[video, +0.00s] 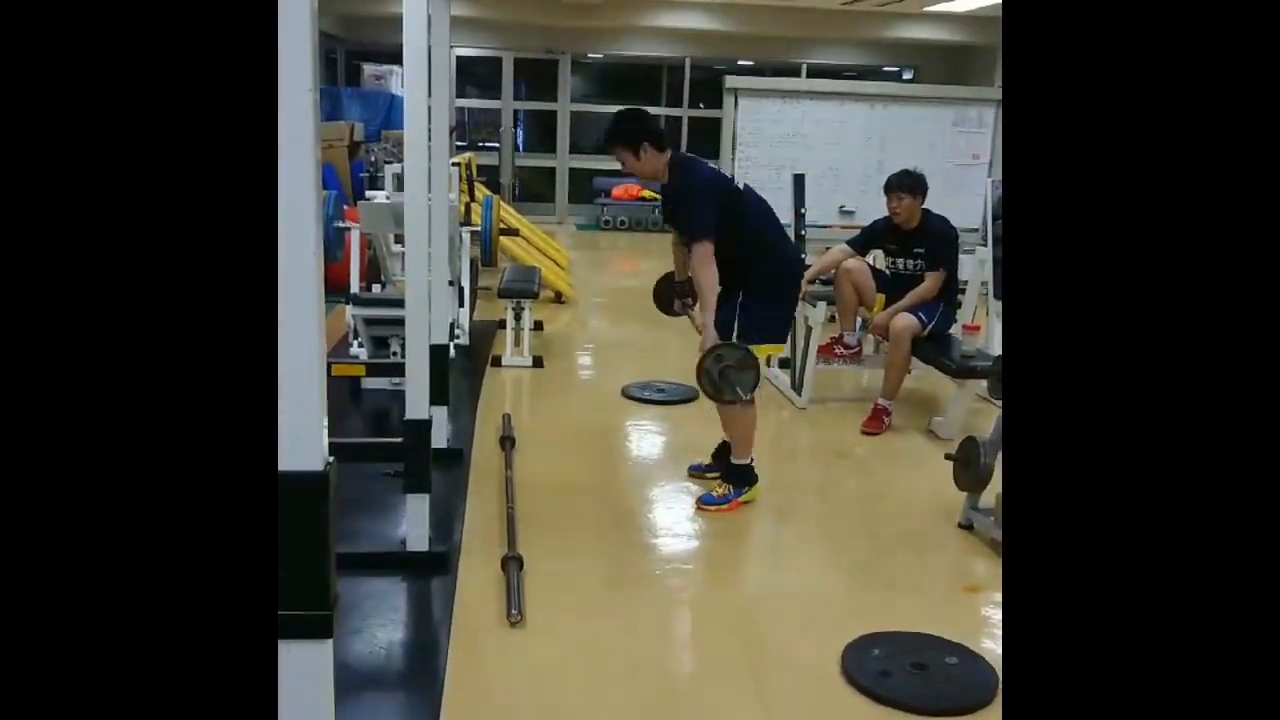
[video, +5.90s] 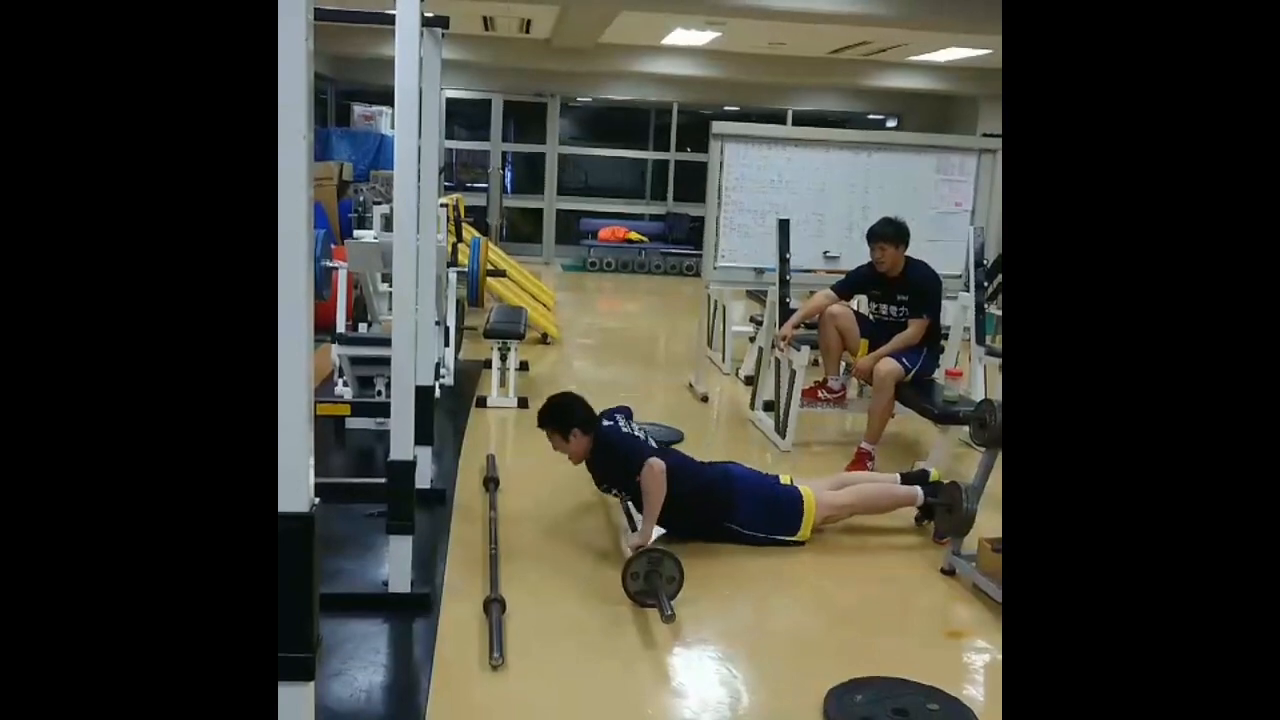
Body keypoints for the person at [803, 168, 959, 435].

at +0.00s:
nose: (893, 205)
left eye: (900, 198)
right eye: (889, 198)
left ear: (919, 200)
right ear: (886, 199)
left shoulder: (941, 231)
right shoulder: (883, 227)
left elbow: (931, 287)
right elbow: (842, 252)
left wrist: (888, 313)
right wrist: (806, 278)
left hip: (935, 303)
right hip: (894, 294)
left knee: (901, 325)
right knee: (847, 268)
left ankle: (883, 406)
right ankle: (848, 342)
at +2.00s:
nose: (883, 218)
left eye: (890, 212)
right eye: (880, 211)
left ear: (909, 213)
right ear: (876, 212)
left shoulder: (930, 243)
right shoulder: (873, 238)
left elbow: (921, 299)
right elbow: (832, 263)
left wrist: (877, 325)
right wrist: (795, 289)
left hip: (925, 314)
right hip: (885, 305)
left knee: (889, 336)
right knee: (837, 279)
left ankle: (870, 418)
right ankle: (837, 354)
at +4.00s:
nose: (880, 251)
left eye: (887, 245)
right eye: (877, 244)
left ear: (906, 246)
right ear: (873, 244)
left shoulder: (927, 277)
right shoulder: (870, 271)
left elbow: (916, 332)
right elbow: (828, 295)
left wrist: (873, 357)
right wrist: (792, 321)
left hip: (919, 347)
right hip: (880, 337)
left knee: (885, 368)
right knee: (834, 311)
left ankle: (866, 449)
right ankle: (834, 386)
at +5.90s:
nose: (875, 256)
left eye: (882, 250)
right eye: (873, 249)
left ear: (901, 249)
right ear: (869, 249)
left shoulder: (924, 278)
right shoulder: (867, 273)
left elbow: (916, 332)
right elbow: (827, 298)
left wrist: (873, 358)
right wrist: (791, 323)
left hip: (918, 348)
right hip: (881, 337)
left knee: (884, 370)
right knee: (833, 313)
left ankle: (866, 451)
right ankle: (833, 388)